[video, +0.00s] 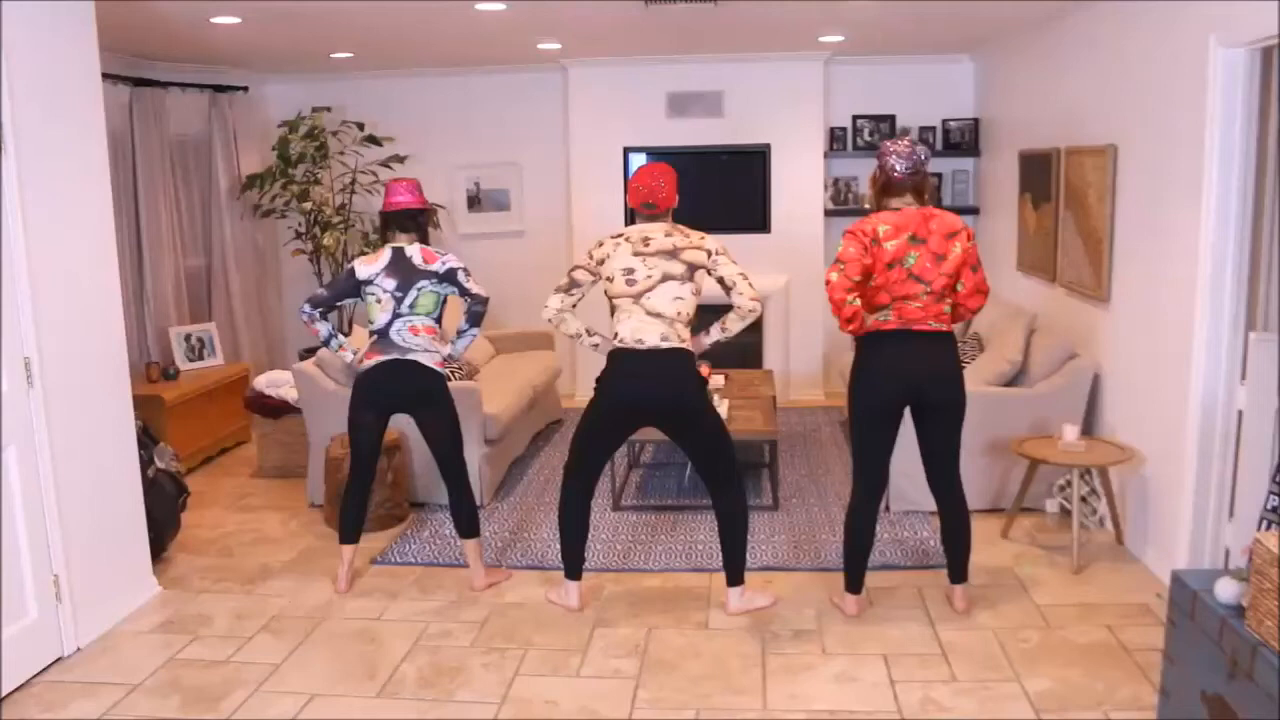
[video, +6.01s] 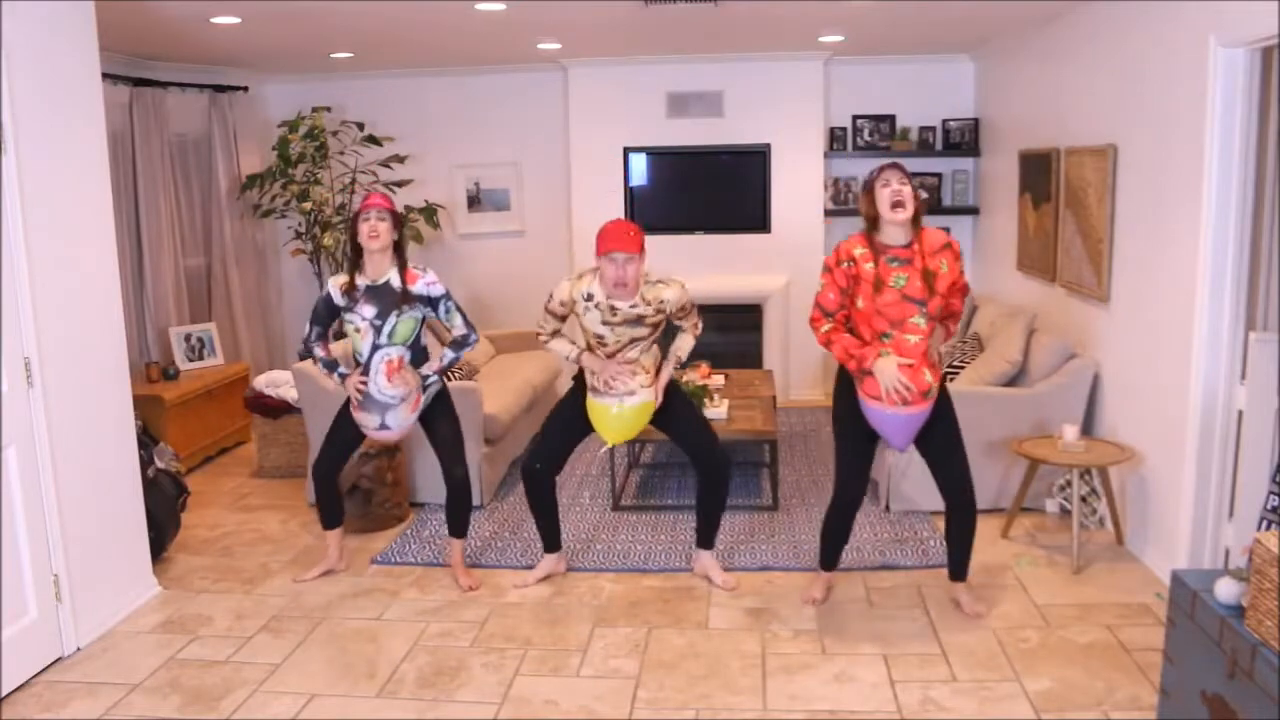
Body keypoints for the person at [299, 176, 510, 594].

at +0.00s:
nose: (424, 225)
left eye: (404, 222)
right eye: (423, 220)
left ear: (385, 224)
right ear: (423, 222)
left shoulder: (365, 266)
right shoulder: (442, 262)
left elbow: (310, 308)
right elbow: (478, 299)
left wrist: (346, 350)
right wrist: (456, 350)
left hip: (373, 379)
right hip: (426, 379)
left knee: (360, 472)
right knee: (455, 472)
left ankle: (344, 572)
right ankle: (479, 572)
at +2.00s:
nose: (418, 225)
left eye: (393, 222)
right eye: (420, 219)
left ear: (381, 223)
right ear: (421, 220)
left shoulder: (366, 266)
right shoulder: (439, 260)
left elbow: (309, 311)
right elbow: (480, 295)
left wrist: (348, 352)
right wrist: (457, 347)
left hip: (376, 380)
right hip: (427, 379)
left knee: (362, 474)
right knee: (456, 473)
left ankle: (345, 572)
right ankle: (479, 573)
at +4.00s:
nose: (320, 224)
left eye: (326, 217)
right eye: (323, 216)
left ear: (346, 226)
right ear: (355, 226)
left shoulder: (360, 276)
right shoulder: (381, 260)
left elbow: (385, 345)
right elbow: (422, 289)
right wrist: (409, 336)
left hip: (412, 392)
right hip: (429, 377)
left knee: (367, 485)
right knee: (394, 457)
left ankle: (408, 583)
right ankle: (442, 534)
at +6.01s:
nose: (372, 225)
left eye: (381, 219)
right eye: (365, 220)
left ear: (395, 230)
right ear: (355, 231)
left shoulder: (421, 281)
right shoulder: (340, 288)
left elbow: (466, 336)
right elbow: (314, 342)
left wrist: (429, 369)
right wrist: (344, 377)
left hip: (424, 386)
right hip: (367, 391)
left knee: (457, 470)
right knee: (324, 469)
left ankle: (457, 558)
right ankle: (334, 555)